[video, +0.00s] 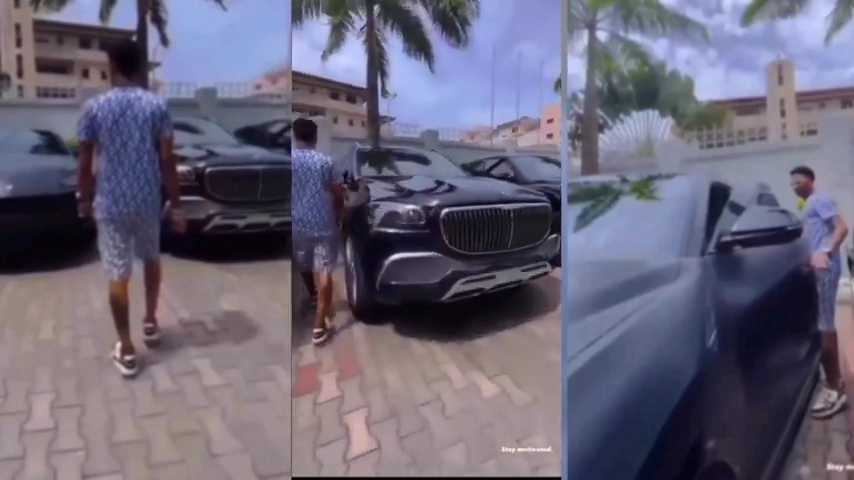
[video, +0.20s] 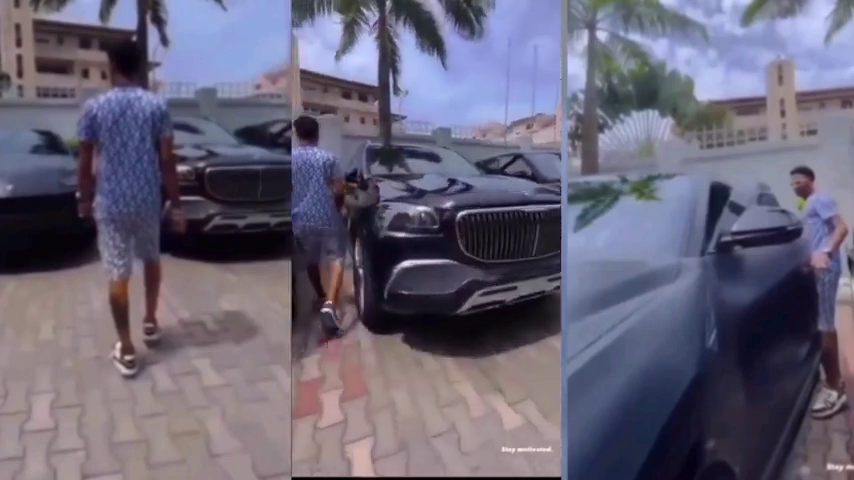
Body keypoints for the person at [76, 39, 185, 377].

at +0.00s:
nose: (110, 71)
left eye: (110, 66)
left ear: (112, 68)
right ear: (142, 67)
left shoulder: (95, 107)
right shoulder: (156, 106)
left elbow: (85, 161)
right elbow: (167, 160)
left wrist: (84, 199)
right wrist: (175, 202)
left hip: (110, 202)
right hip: (147, 200)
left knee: (118, 273)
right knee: (151, 260)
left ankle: (125, 348)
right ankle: (150, 319)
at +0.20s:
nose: (110, 71)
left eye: (110, 66)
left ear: (112, 68)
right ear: (142, 67)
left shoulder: (95, 107)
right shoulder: (156, 106)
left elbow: (85, 161)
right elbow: (167, 160)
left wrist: (84, 199)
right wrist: (175, 202)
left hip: (110, 201)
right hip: (147, 200)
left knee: (118, 273)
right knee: (151, 260)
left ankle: (125, 348)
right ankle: (150, 319)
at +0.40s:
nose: (110, 71)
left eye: (110, 66)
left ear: (112, 68)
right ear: (142, 67)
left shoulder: (95, 107)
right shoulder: (156, 106)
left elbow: (85, 161)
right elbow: (167, 160)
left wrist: (84, 199)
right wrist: (175, 202)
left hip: (110, 202)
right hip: (147, 200)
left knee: (118, 273)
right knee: (151, 260)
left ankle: (125, 348)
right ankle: (150, 319)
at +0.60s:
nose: (110, 71)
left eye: (110, 66)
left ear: (112, 68)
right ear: (142, 67)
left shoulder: (95, 107)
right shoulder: (156, 106)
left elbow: (85, 161)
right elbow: (167, 160)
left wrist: (84, 199)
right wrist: (175, 202)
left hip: (110, 202)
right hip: (147, 200)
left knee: (118, 273)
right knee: (151, 260)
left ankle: (125, 348)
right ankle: (150, 319)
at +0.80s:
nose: (110, 71)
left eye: (110, 66)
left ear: (112, 68)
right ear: (142, 67)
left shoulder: (95, 107)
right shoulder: (156, 106)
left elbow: (85, 161)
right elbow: (167, 160)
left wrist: (84, 199)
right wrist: (175, 202)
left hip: (110, 202)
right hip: (147, 200)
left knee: (118, 273)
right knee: (151, 260)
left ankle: (125, 348)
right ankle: (150, 319)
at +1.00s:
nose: (110, 71)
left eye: (110, 66)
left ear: (112, 68)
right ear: (142, 67)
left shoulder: (95, 107)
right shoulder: (156, 106)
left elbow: (85, 161)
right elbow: (167, 160)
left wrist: (84, 199)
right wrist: (175, 202)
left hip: (110, 202)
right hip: (147, 200)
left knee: (118, 273)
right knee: (151, 260)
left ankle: (125, 348)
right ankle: (150, 319)